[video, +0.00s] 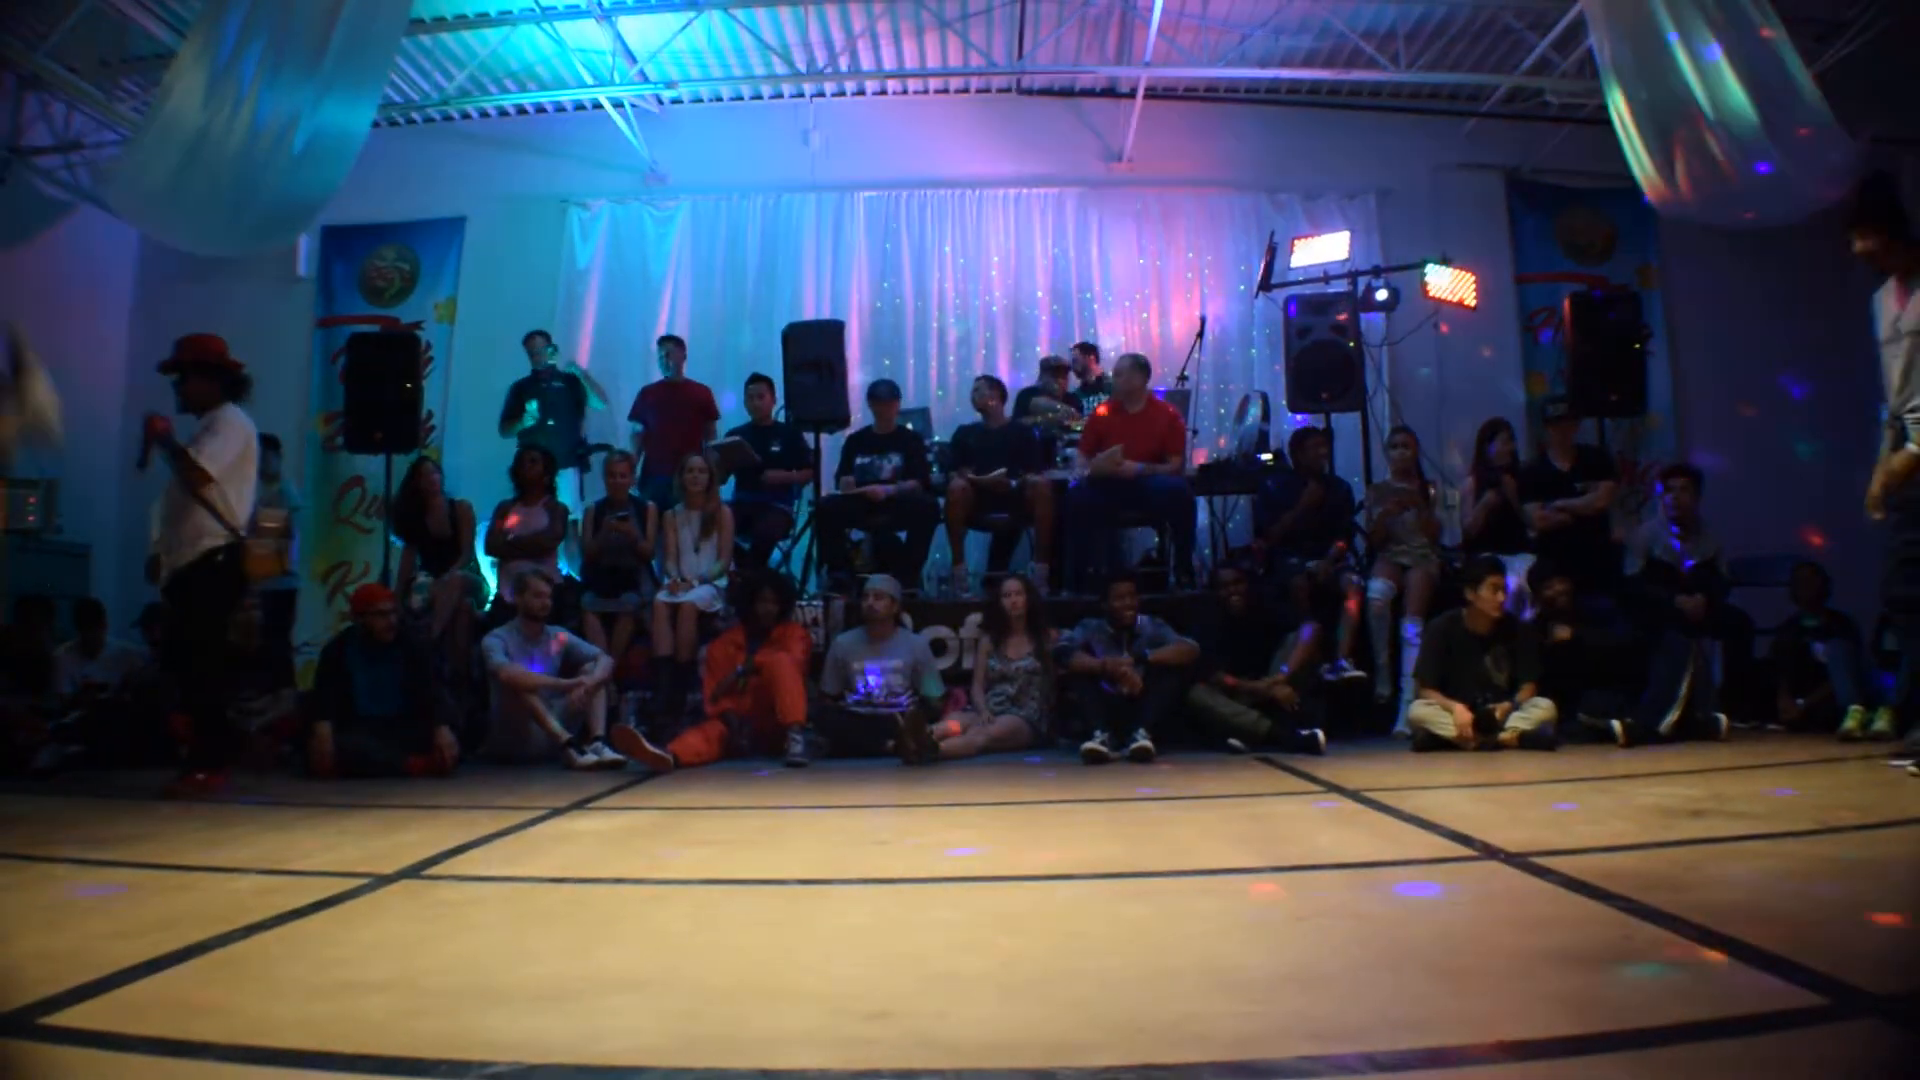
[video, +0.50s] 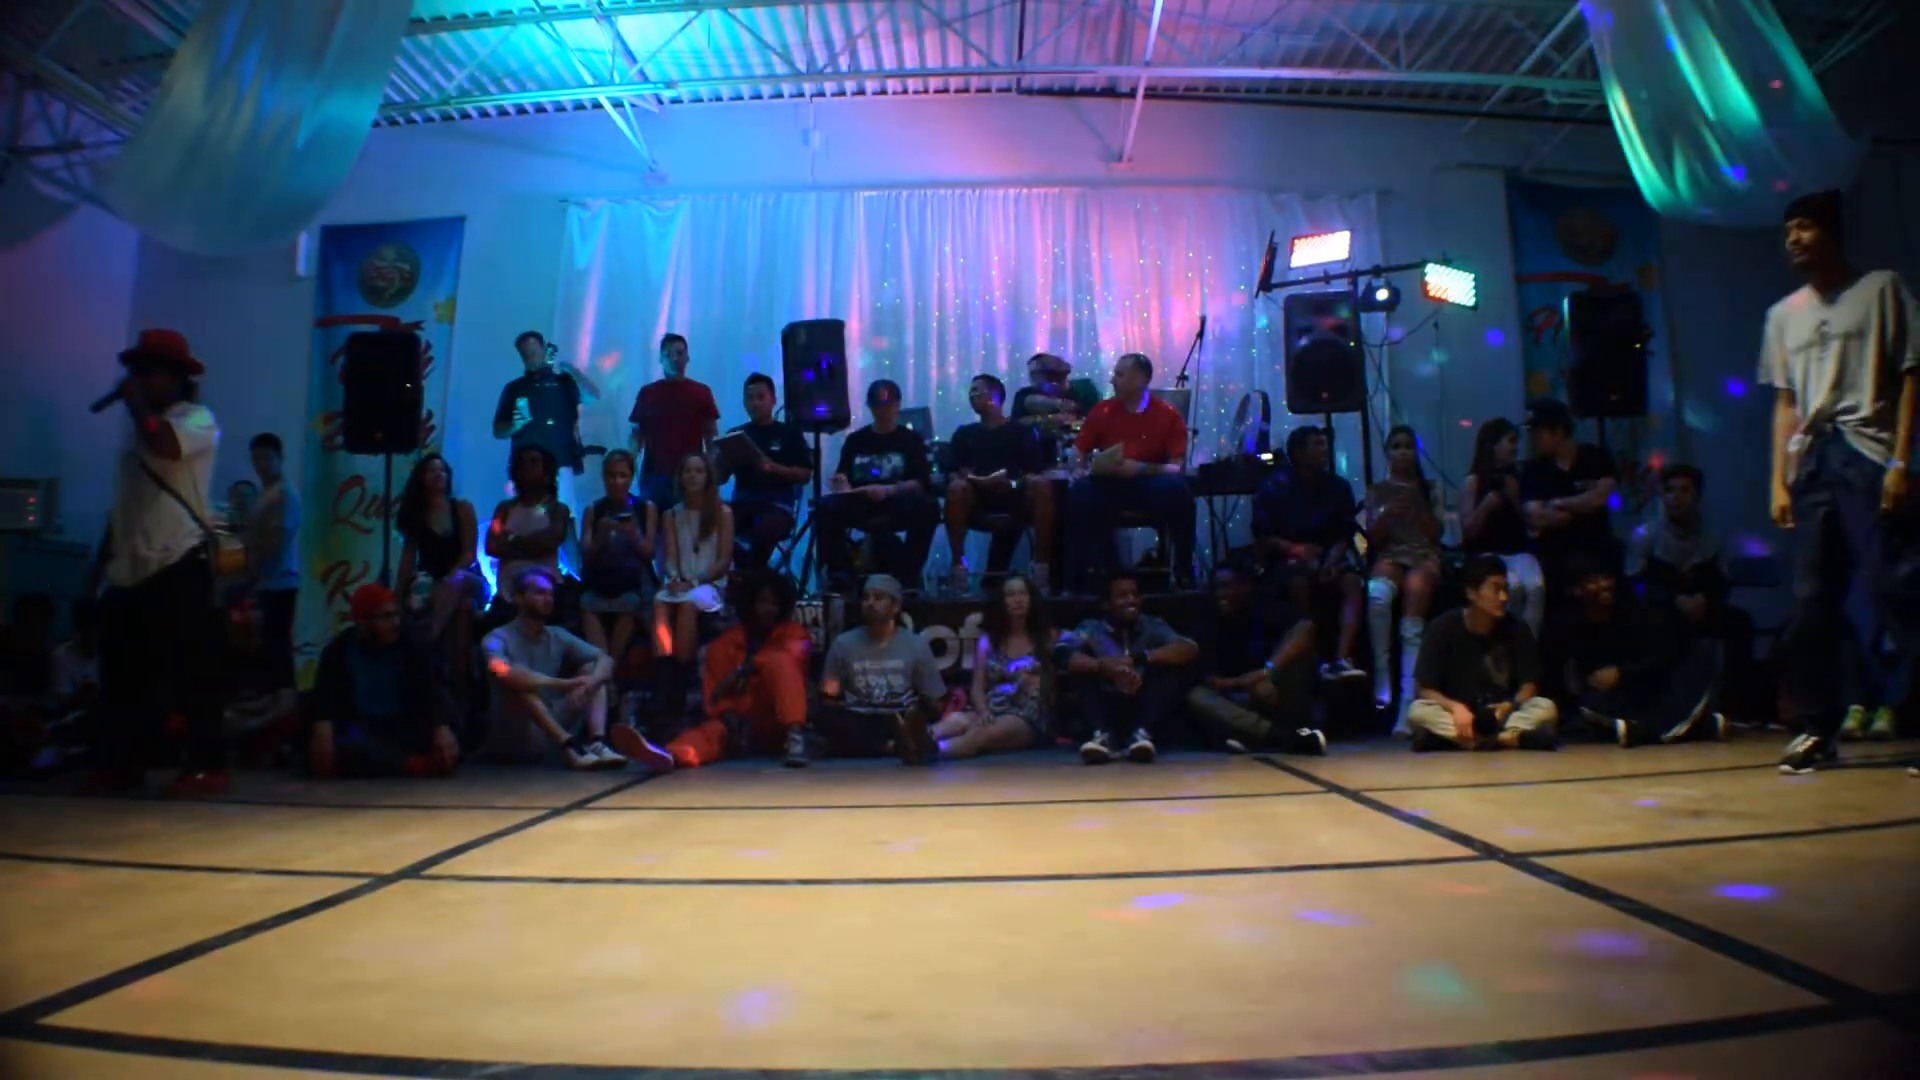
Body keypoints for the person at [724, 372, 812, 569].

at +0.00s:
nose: (754, 403)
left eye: (760, 397)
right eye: (750, 397)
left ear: (773, 400)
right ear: (745, 402)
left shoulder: (790, 434)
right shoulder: (735, 435)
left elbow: (808, 471)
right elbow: (721, 476)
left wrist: (782, 477)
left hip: (777, 504)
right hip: (742, 501)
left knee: (766, 533)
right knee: (718, 524)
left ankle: (753, 575)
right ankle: (744, 563)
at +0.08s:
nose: (755, 403)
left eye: (760, 397)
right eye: (750, 398)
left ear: (773, 400)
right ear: (744, 402)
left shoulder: (789, 433)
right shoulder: (735, 435)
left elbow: (808, 471)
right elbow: (719, 477)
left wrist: (781, 474)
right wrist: (728, 457)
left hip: (777, 504)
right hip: (743, 502)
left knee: (766, 532)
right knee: (718, 524)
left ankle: (754, 575)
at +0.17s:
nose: (755, 403)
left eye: (760, 397)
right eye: (750, 398)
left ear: (773, 400)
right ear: (745, 402)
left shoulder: (789, 433)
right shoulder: (735, 435)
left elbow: (807, 471)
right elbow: (719, 478)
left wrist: (775, 471)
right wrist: (727, 457)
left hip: (777, 503)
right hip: (743, 502)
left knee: (765, 533)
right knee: (718, 525)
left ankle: (753, 576)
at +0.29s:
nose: (755, 403)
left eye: (760, 397)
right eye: (750, 398)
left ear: (773, 400)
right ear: (744, 402)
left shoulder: (789, 433)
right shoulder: (736, 434)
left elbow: (805, 473)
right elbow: (720, 478)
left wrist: (771, 468)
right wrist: (728, 457)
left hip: (777, 504)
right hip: (743, 502)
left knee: (765, 533)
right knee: (719, 527)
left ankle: (753, 576)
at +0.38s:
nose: (755, 403)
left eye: (760, 397)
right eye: (750, 398)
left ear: (773, 400)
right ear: (744, 402)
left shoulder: (789, 433)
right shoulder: (736, 434)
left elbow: (804, 473)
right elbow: (720, 478)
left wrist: (771, 468)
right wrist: (727, 457)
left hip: (777, 504)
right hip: (743, 502)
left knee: (765, 532)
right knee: (717, 525)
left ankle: (753, 575)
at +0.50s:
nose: (754, 403)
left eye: (760, 397)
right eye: (750, 398)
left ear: (773, 400)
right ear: (744, 402)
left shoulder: (790, 433)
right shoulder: (736, 434)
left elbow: (804, 473)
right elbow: (719, 478)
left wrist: (773, 468)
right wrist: (727, 456)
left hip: (777, 504)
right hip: (743, 502)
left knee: (765, 533)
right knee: (719, 528)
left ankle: (754, 577)